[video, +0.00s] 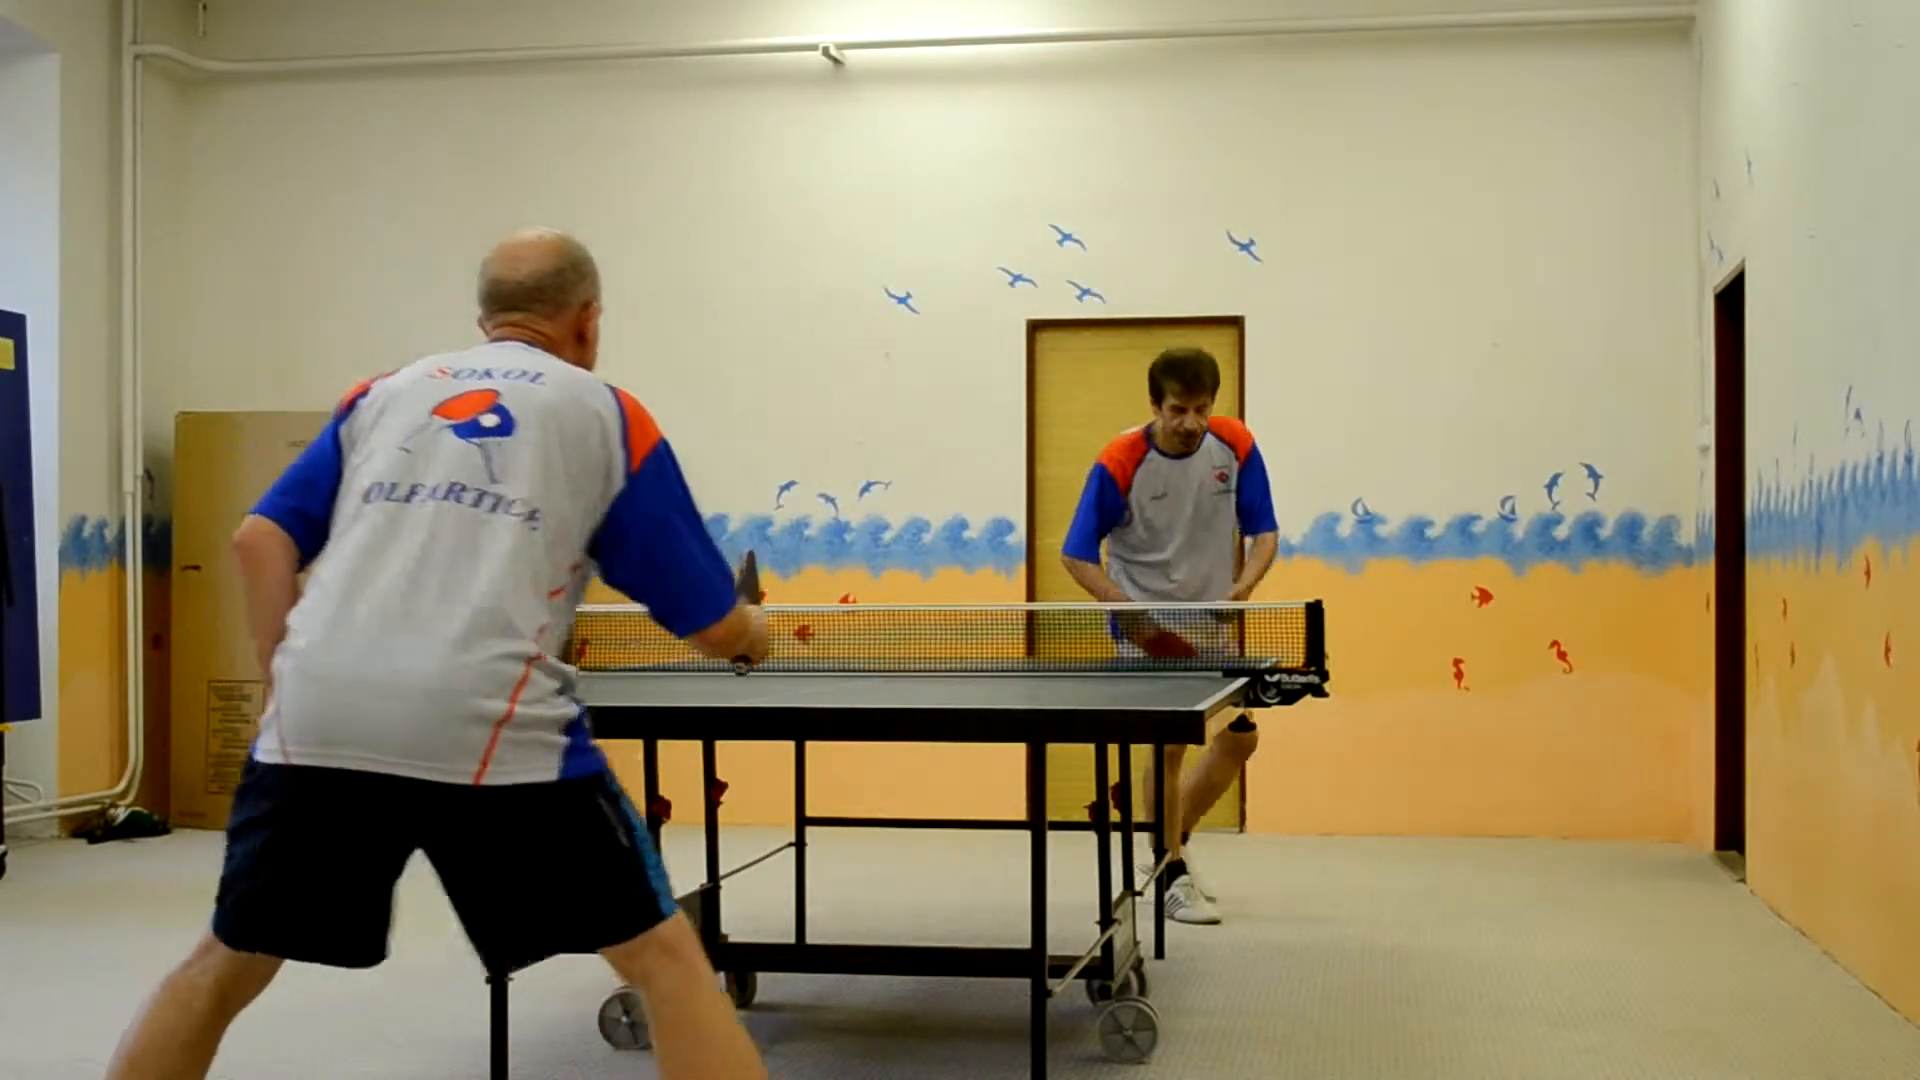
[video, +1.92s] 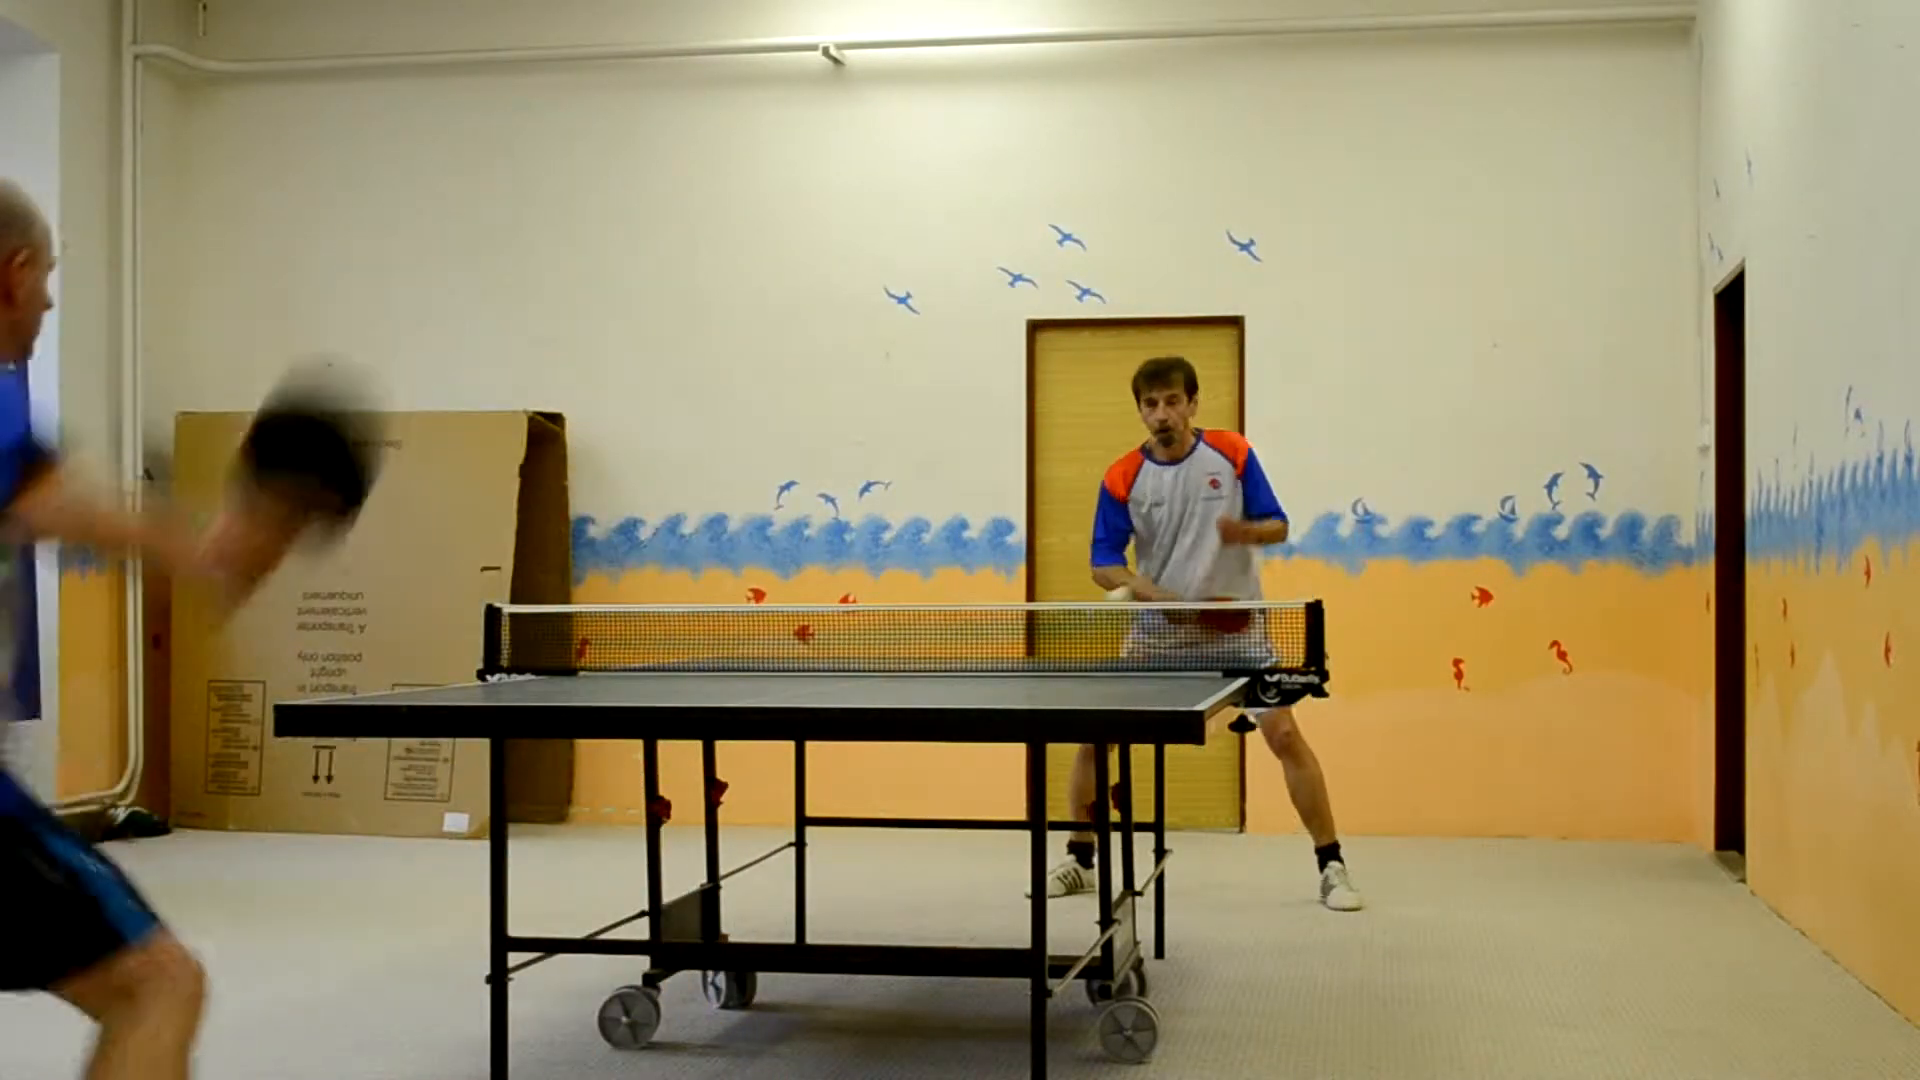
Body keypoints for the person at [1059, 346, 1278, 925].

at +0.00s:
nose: (1191, 422)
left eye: (1200, 409)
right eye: (1178, 410)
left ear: (1212, 403)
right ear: (1155, 405)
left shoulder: (1235, 444)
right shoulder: (1118, 463)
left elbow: (1263, 538)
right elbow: (1077, 556)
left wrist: (1235, 597)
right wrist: (1135, 618)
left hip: (1215, 622)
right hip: (1149, 627)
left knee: (1238, 737)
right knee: (1169, 745)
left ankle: (1167, 844)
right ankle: (1171, 875)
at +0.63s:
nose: (1220, 436)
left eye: (1229, 424)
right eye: (1208, 425)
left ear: (1240, 414)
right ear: (1182, 415)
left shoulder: (1253, 440)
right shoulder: (1154, 471)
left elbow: (1299, 519)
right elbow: (1142, 577)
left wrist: (1278, 550)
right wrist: (1223, 625)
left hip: (1224, 620)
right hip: (1162, 623)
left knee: (1286, 715)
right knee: (1192, 742)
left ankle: (1253, 831)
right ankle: (1174, 879)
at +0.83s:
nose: (1231, 425)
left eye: (1239, 412)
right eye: (1218, 415)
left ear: (1249, 403)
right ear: (1191, 409)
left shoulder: (1258, 424)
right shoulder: (1168, 467)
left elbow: (1333, 470)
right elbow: (1194, 568)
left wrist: (1323, 502)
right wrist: (1272, 551)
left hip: (1230, 608)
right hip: (1173, 615)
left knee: (1309, 707)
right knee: (1201, 743)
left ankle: (1320, 829)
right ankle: (1175, 880)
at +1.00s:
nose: (1229, 416)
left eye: (1239, 403)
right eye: (1217, 405)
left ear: (1252, 395)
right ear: (1196, 400)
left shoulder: (1278, 434)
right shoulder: (1166, 454)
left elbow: (1368, 466)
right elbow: (1144, 545)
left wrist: (1380, 517)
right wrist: (1220, 559)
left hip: (1254, 614)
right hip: (1187, 618)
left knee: (1308, 744)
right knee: (1198, 746)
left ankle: (1325, 863)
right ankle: (1176, 879)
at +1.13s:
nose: (1233, 402)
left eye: (1244, 388)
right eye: (1223, 390)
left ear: (1266, 386)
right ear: (1210, 390)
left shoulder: (1303, 440)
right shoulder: (1176, 436)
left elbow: (1387, 487)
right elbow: (1097, 457)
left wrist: (1384, 543)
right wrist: (1072, 485)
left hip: (1277, 616)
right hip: (1201, 616)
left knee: (1308, 749)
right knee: (1184, 743)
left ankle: (1324, 870)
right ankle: (1170, 874)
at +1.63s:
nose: (1189, 397)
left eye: (1200, 386)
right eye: (1180, 388)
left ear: (1226, 388)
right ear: (1173, 393)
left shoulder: (1268, 452)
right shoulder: (1159, 458)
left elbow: (1327, 522)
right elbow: (1114, 521)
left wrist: (1314, 562)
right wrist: (1099, 562)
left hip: (1260, 630)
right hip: (1181, 630)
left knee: (1288, 753)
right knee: (1111, 731)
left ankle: (1321, 869)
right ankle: (1083, 861)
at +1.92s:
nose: (1160, 415)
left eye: (1170, 403)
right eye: (1150, 405)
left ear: (1192, 402)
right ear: (1139, 409)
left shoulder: (1231, 452)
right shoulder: (1123, 479)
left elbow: (1278, 527)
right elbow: (1104, 567)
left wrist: (1245, 531)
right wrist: (1147, 590)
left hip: (1236, 629)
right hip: (1160, 633)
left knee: (1283, 734)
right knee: (1095, 733)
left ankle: (1331, 864)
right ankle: (1081, 861)